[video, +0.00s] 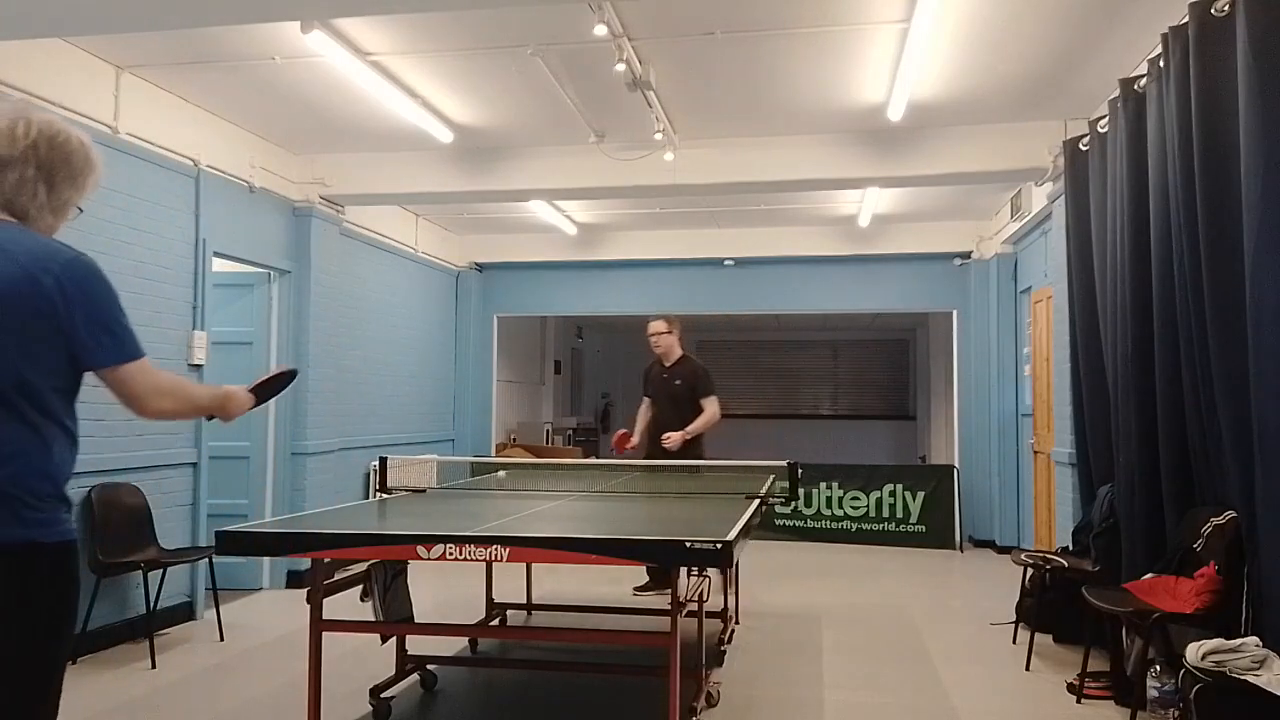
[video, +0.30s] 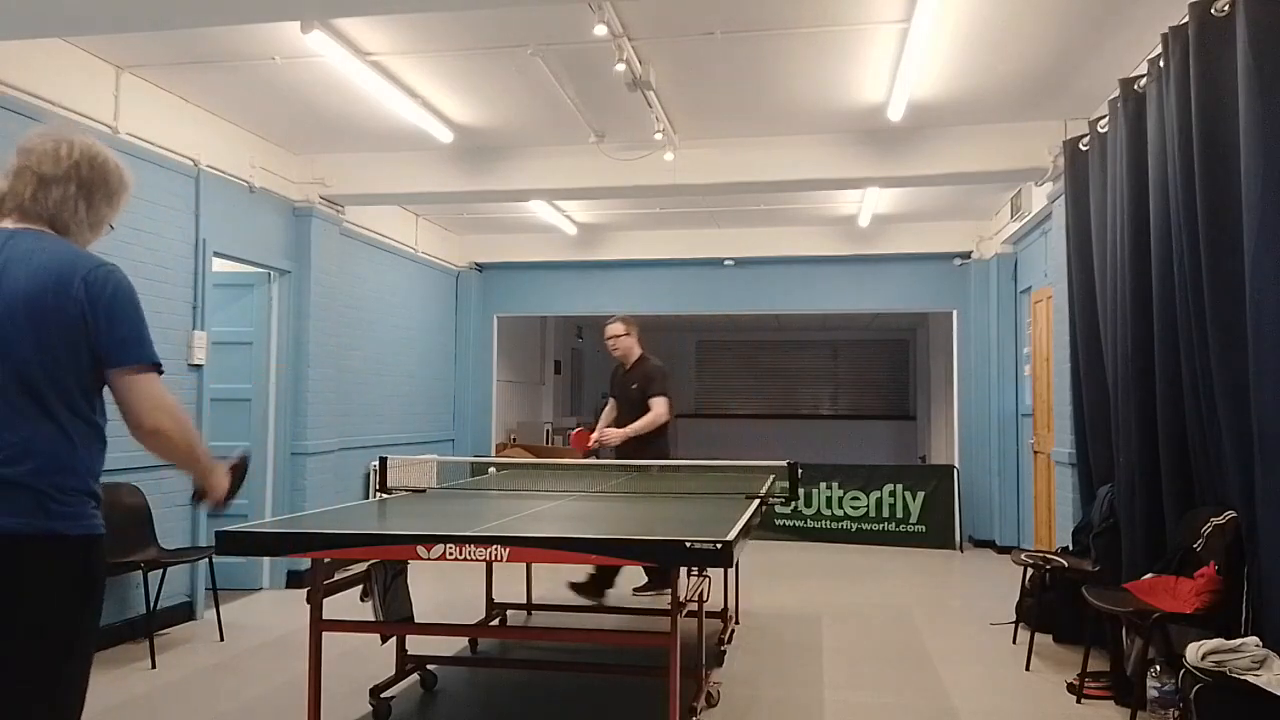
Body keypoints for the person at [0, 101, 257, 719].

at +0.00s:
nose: (75, 208)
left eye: (78, 194)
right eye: (72, 194)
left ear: (5, 176)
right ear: (51, 192)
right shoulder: (57, 270)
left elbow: (145, 391)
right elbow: (145, 393)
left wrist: (210, 400)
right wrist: (218, 400)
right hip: (25, 544)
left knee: (25, 700)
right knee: (27, 705)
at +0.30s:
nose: (105, 228)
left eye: (108, 218)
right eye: (104, 216)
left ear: (14, 187)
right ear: (86, 211)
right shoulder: (90, 278)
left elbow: (151, 415)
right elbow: (150, 417)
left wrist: (205, 467)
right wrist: (207, 471)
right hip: (48, 541)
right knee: (43, 704)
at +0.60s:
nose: (132, 249)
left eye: (136, 238)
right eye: (132, 235)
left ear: (50, 213)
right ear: (107, 224)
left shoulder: (8, 268)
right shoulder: (110, 280)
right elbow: (118, 396)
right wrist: (161, 515)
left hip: (8, 530)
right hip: (71, 540)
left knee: (14, 697)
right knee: (73, 703)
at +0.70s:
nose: (140, 250)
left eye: (144, 238)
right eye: (140, 236)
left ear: (60, 215)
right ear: (115, 224)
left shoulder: (12, 274)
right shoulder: (114, 277)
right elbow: (120, 388)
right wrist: (169, 507)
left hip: (9, 526)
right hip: (78, 533)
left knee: (18, 692)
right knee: (91, 697)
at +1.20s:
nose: (191, 249)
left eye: (194, 237)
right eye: (191, 236)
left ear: (110, 218)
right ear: (172, 227)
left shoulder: (49, 287)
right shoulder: (176, 281)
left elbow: (51, 405)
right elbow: (200, 406)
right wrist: (245, 504)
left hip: (39, 531)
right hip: (136, 530)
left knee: (46, 697)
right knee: (149, 698)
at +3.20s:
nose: (202, 262)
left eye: (206, 250)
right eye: (202, 248)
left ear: (121, 224)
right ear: (177, 233)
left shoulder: (53, 288)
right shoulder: (177, 285)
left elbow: (32, 406)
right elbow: (188, 406)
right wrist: (237, 516)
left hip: (18, 541)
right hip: (116, 543)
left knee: (28, 705)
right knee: (143, 707)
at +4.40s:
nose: (225, 259)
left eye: (230, 247)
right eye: (226, 245)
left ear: (149, 222)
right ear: (205, 233)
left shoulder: (81, 283)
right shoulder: (205, 285)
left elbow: (60, 397)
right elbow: (221, 407)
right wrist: (265, 512)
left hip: (40, 525)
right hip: (138, 526)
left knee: (36, 690)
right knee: (140, 697)